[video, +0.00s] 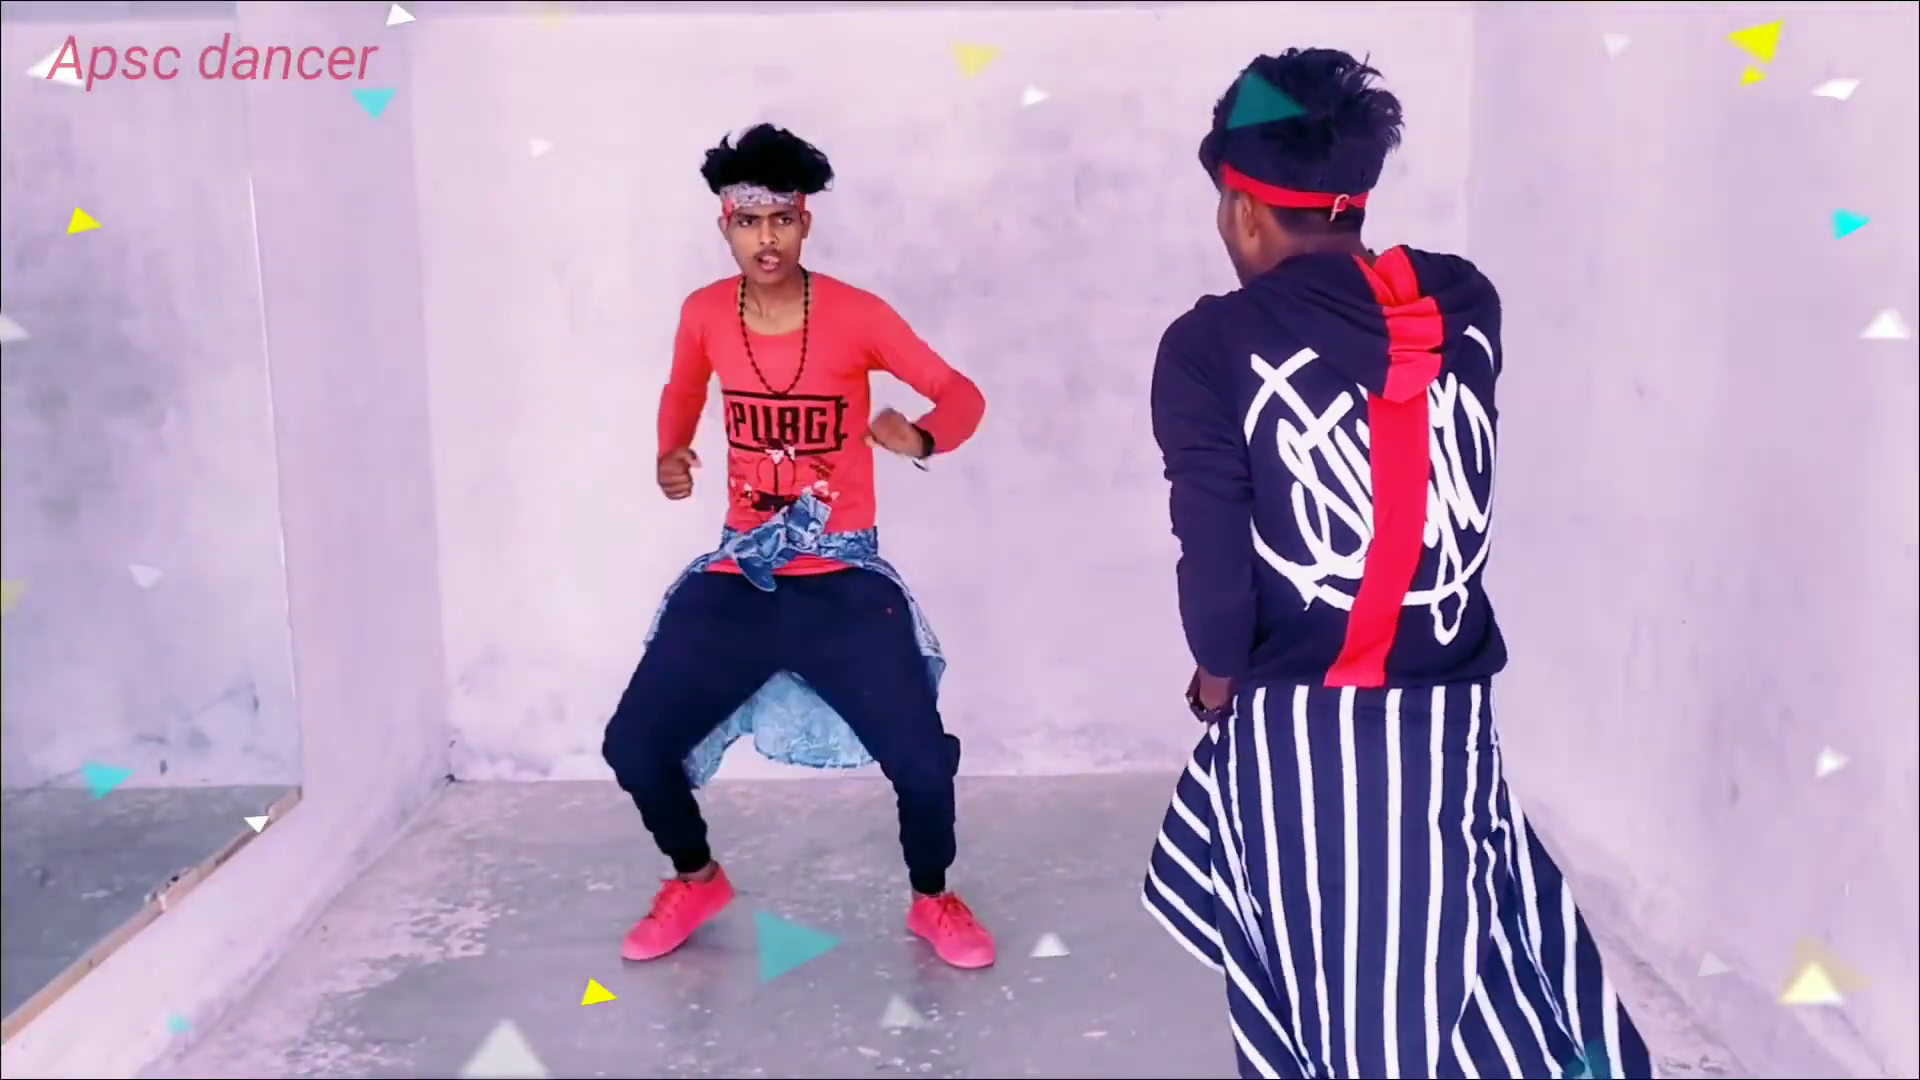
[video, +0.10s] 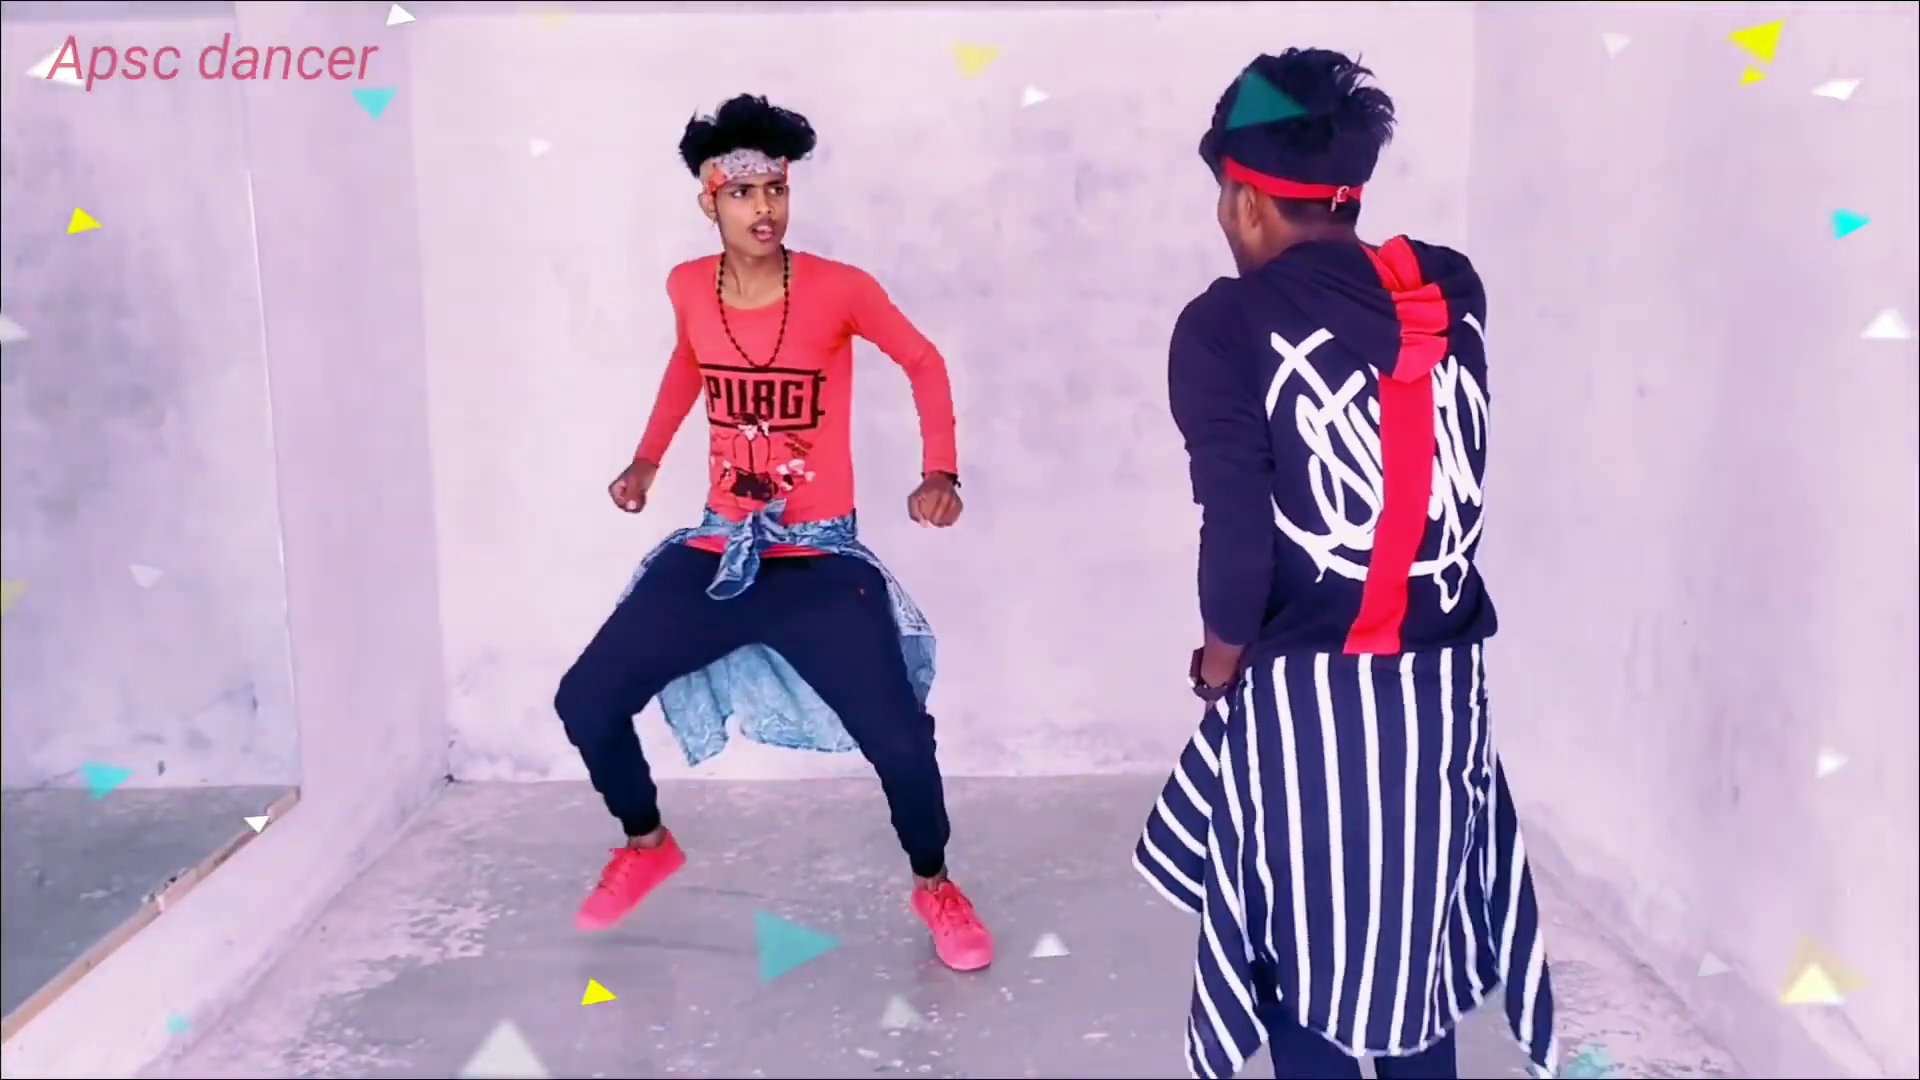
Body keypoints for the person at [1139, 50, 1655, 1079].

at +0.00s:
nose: (1218, 222)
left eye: (1221, 199)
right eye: (1221, 197)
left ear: (1245, 207)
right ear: (1357, 202)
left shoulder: (1210, 344)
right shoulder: (1458, 308)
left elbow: (1215, 531)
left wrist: (1218, 665)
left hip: (1302, 722)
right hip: (1449, 714)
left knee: (1320, 988)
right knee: (1472, 970)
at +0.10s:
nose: (1222, 218)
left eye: (1223, 196)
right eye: (1222, 194)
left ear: (1246, 196)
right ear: (1351, 194)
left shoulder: (1226, 322)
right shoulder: (1443, 296)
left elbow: (1242, 518)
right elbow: (1460, 480)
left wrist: (1226, 636)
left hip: (1305, 682)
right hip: (1440, 677)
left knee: (1302, 960)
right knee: (1414, 956)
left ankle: (1319, 1067)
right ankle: (1417, 1064)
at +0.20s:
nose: (1225, 203)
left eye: (1226, 182)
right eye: (1222, 184)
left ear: (1251, 187)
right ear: (1347, 182)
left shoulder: (1249, 304)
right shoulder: (1432, 284)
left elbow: (1273, 504)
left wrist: (1232, 632)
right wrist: (1258, 260)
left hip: (1310, 681)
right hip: (1432, 671)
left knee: (1291, 957)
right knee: (1394, 945)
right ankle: (1408, 1068)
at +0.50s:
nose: (1256, 184)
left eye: (1268, 164)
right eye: (1262, 162)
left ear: (1313, 178)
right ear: (1347, 183)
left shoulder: (1318, 286)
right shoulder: (1400, 279)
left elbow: (1322, 475)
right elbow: (1299, 405)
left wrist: (1236, 599)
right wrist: (1224, 309)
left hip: (1307, 606)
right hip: (1377, 600)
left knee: (1238, 849)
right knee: (1347, 843)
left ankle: (1375, 1065)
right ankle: (1371, 1059)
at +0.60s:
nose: (1276, 159)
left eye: (1301, 146)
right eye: (1291, 140)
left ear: (1340, 172)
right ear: (1379, 185)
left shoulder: (1242, 268)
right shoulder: (1410, 274)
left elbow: (1213, 421)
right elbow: (1433, 356)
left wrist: (1214, 563)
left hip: (1279, 594)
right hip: (1384, 586)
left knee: (1225, 843)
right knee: (1355, 813)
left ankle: (1410, 1043)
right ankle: (1377, 1012)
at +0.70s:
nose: (1258, 180)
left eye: (1276, 169)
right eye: (1270, 160)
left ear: (1311, 189)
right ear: (1354, 201)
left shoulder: (1220, 281)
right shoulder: (1414, 289)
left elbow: (1171, 410)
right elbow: (1543, 348)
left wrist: (1181, 559)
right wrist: (1460, 228)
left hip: (1259, 584)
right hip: (1367, 588)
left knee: (1193, 825)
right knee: (1344, 812)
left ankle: (1355, 1029)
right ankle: (1380, 1034)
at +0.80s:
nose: (1213, 187)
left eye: (1228, 172)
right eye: (1222, 168)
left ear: (1264, 188)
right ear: (1307, 196)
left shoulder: (1198, 289)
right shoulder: (1384, 297)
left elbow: (1169, 421)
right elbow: (1502, 415)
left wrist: (1173, 545)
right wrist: (1446, 348)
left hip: (1246, 596)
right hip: (1355, 593)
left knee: (1158, 795)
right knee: (1333, 808)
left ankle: (1242, 1029)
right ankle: (1378, 1028)